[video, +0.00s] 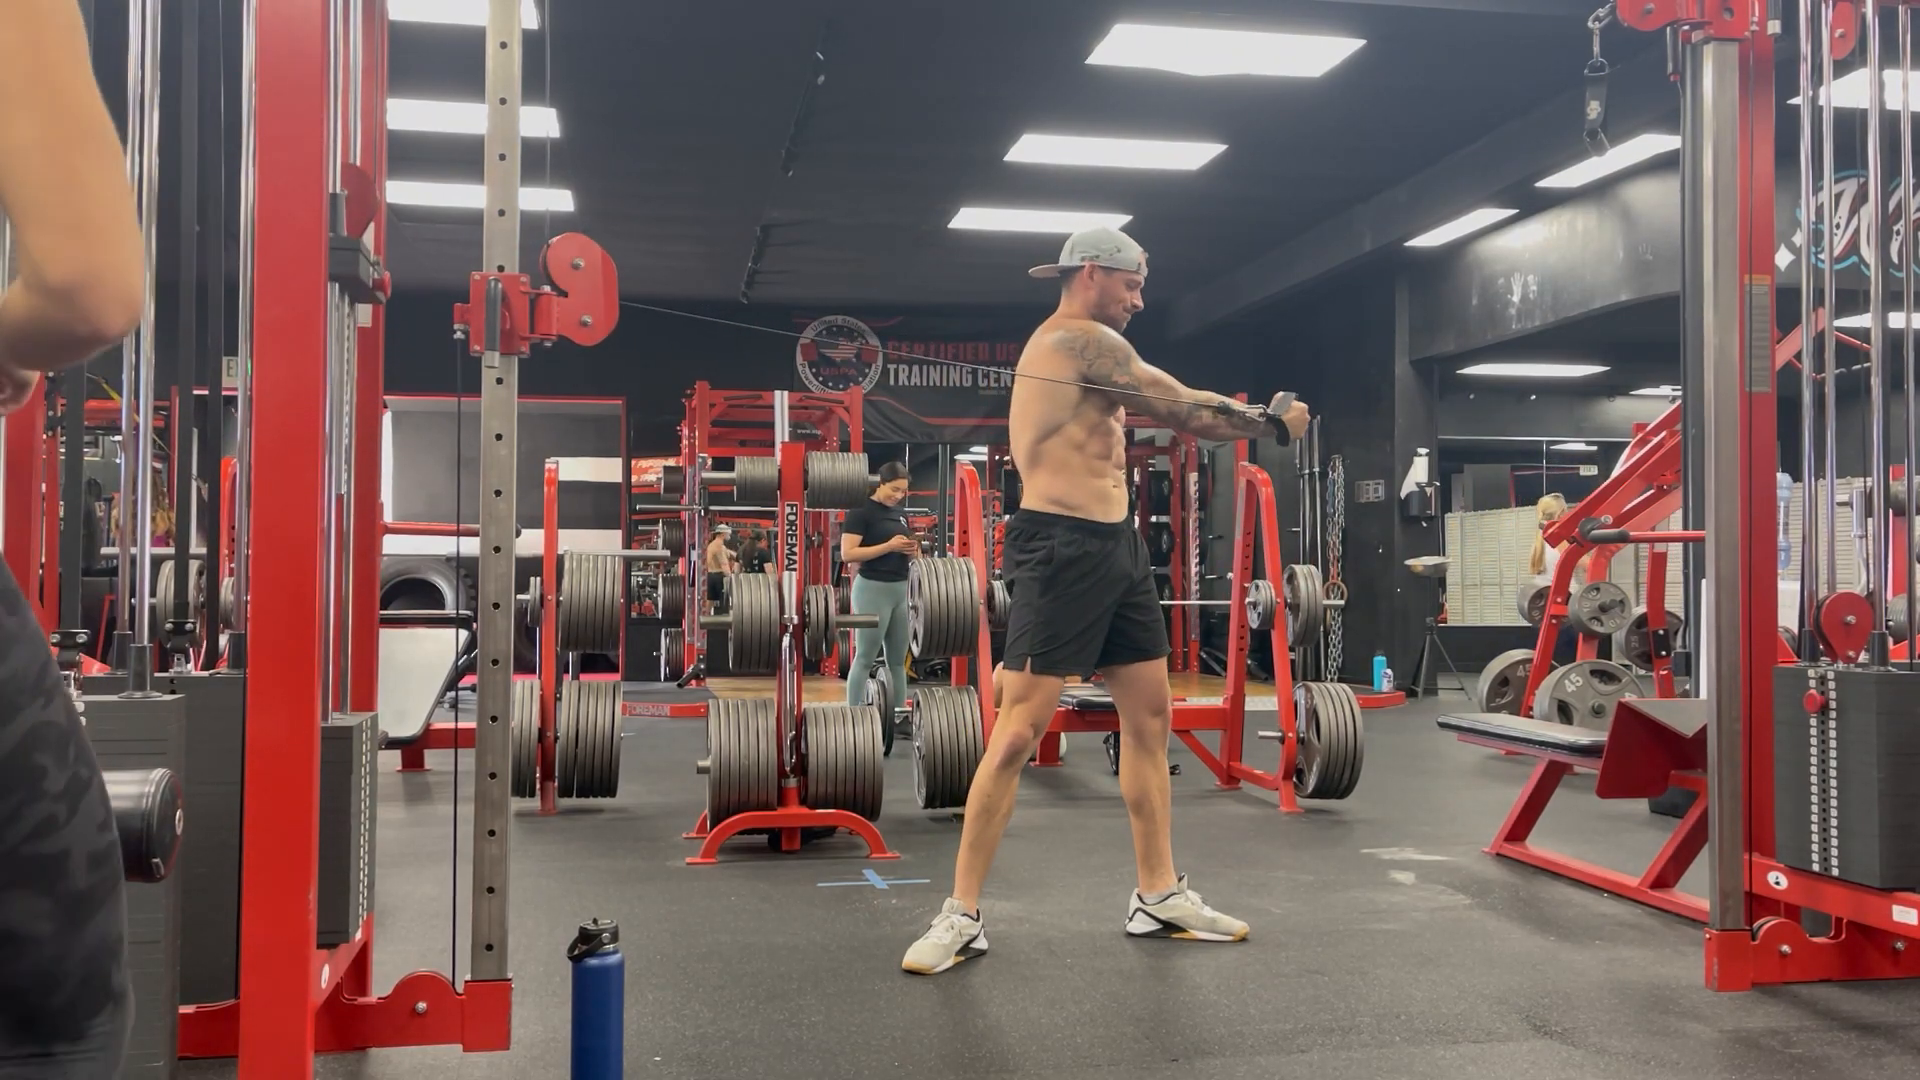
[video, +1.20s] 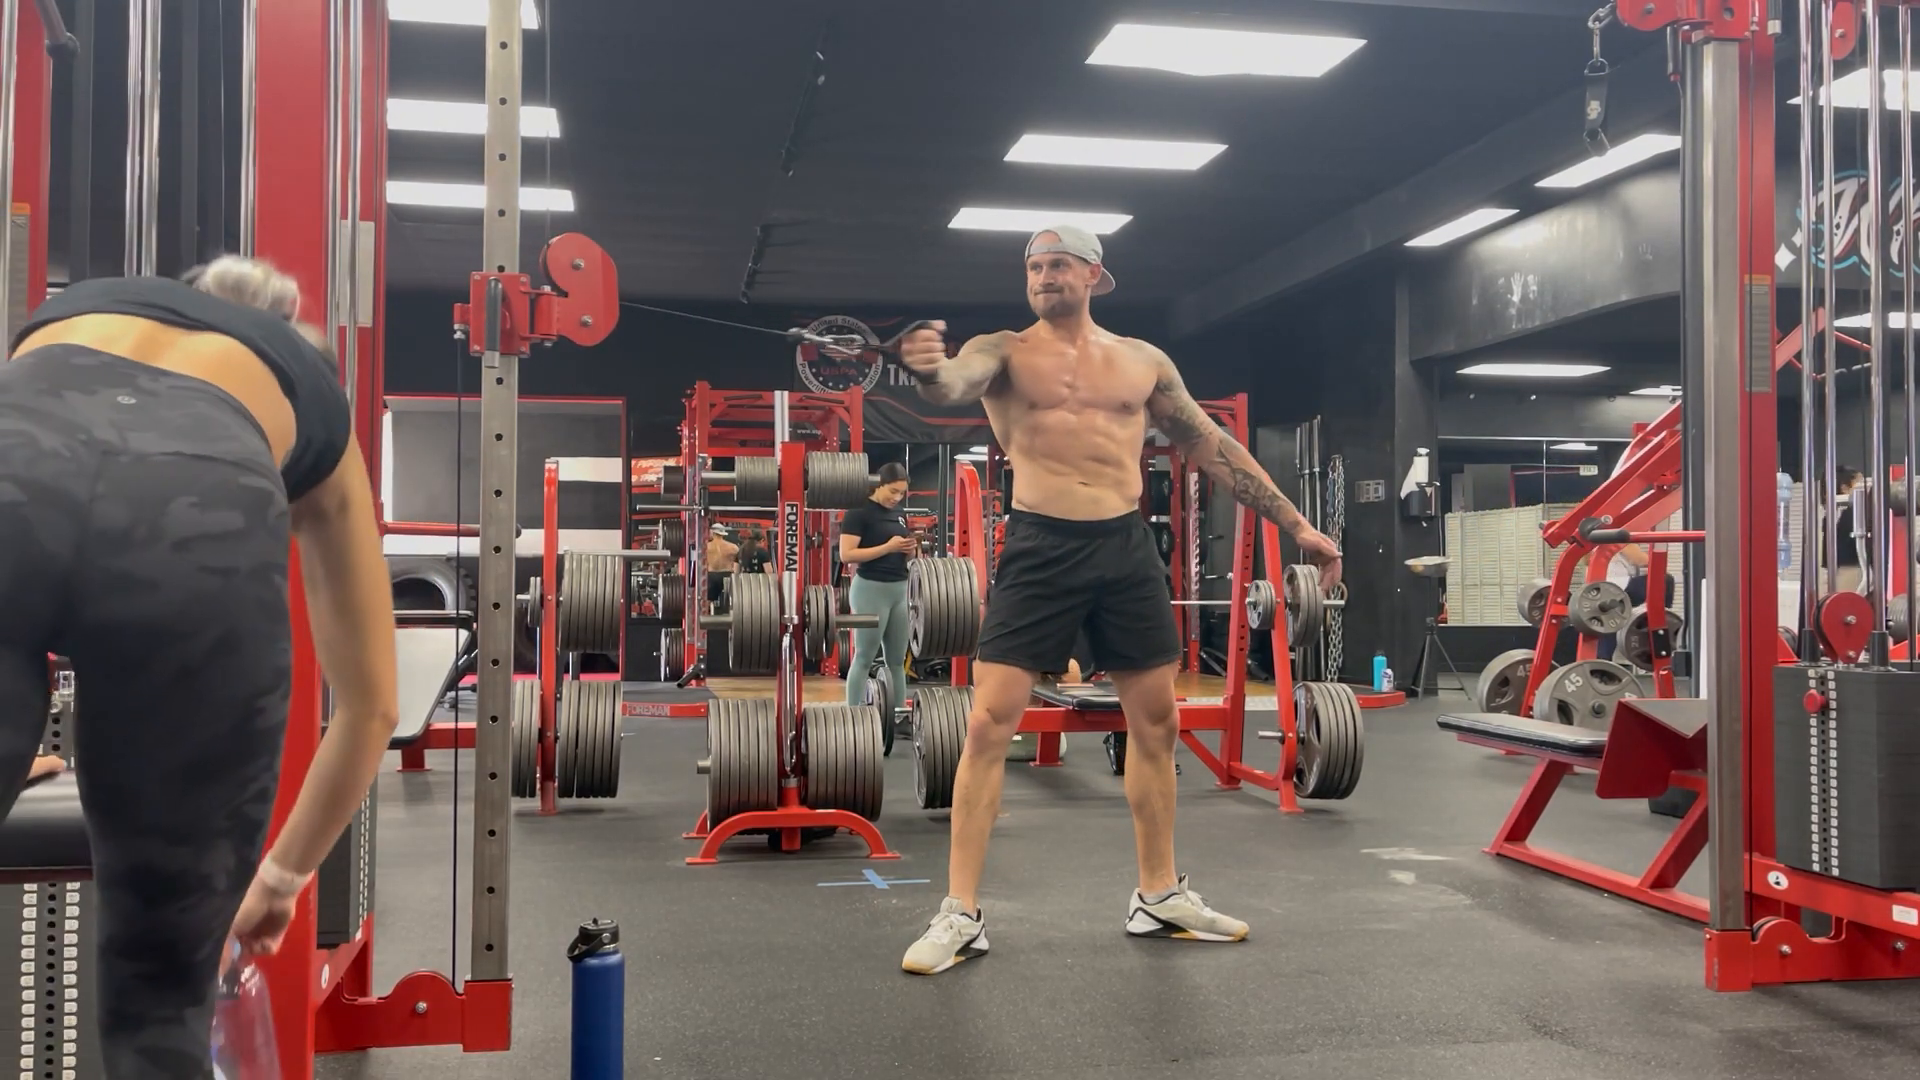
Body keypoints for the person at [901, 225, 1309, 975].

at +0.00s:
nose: (1139, 297)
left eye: (1141, 286)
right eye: (1131, 283)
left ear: (1091, 278)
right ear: (1091, 275)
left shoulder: (1090, 350)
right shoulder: (1076, 338)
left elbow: (1179, 415)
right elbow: (1180, 401)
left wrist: (1250, 416)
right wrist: (1268, 418)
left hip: (1118, 552)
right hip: (1056, 548)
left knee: (1149, 721)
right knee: (1015, 736)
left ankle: (1158, 895)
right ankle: (961, 911)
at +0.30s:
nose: (1124, 291)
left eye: (1129, 281)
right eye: (1112, 275)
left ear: (1122, 290)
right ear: (1066, 275)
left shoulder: (1109, 359)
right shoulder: (1048, 340)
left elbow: (1181, 397)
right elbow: (1155, 395)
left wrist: (1275, 394)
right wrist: (1275, 398)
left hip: (1121, 551)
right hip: (1052, 548)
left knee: (1149, 720)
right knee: (1011, 736)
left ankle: (1159, 894)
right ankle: (961, 911)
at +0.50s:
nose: (1106, 287)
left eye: (1116, 277)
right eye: (1092, 272)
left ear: (1120, 289)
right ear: (1053, 276)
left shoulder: (1116, 371)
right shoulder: (1027, 345)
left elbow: (1139, 472)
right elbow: (1116, 389)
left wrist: (1184, 546)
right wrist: (1255, 389)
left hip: (1126, 550)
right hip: (1050, 549)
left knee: (1151, 721)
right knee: (1005, 733)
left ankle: (1158, 894)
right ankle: (960, 910)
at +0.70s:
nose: (1091, 283)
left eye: (1103, 273)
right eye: (1078, 270)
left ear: (1113, 285)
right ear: (1046, 275)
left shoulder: (1127, 371)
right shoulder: (1013, 345)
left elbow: (1166, 471)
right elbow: (1069, 391)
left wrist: (1220, 546)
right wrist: (1183, 385)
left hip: (1127, 552)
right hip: (1043, 549)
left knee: (1153, 720)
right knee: (1000, 730)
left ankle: (1159, 894)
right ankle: (961, 910)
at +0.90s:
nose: (1074, 280)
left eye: (1087, 269)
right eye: (1062, 268)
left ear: (1107, 280)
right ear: (1040, 279)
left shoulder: (1136, 365)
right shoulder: (1007, 343)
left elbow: (1190, 462)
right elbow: (1017, 388)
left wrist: (1256, 543)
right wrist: (1092, 363)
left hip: (1128, 550)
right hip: (1043, 549)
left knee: (1154, 719)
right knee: (996, 727)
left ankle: (1157, 894)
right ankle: (961, 910)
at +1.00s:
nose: (1065, 278)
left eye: (1079, 266)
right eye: (1053, 267)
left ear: (1104, 279)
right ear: (1034, 278)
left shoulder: (1140, 365)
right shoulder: (1005, 346)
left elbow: (1203, 460)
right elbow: (988, 383)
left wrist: (1272, 536)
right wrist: (1021, 365)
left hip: (1129, 551)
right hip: (1042, 552)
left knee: (1156, 719)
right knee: (993, 725)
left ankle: (1158, 894)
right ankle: (960, 910)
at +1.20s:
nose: (1045, 275)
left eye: (1059, 263)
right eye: (1035, 266)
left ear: (1095, 277)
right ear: (1026, 280)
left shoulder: (1144, 361)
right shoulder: (1001, 348)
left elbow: (1220, 450)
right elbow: (952, 382)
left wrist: (1300, 528)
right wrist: (926, 365)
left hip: (1127, 548)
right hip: (1036, 549)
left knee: (1156, 722)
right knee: (988, 724)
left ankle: (1159, 895)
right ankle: (960, 909)